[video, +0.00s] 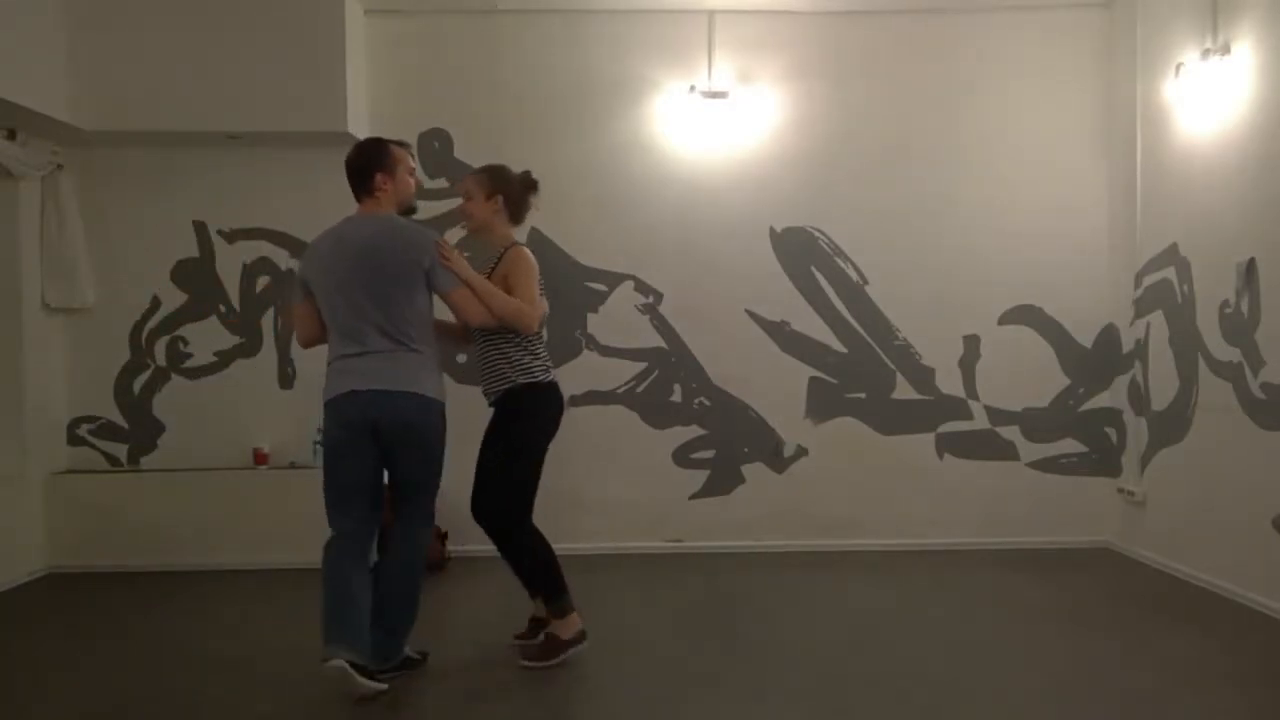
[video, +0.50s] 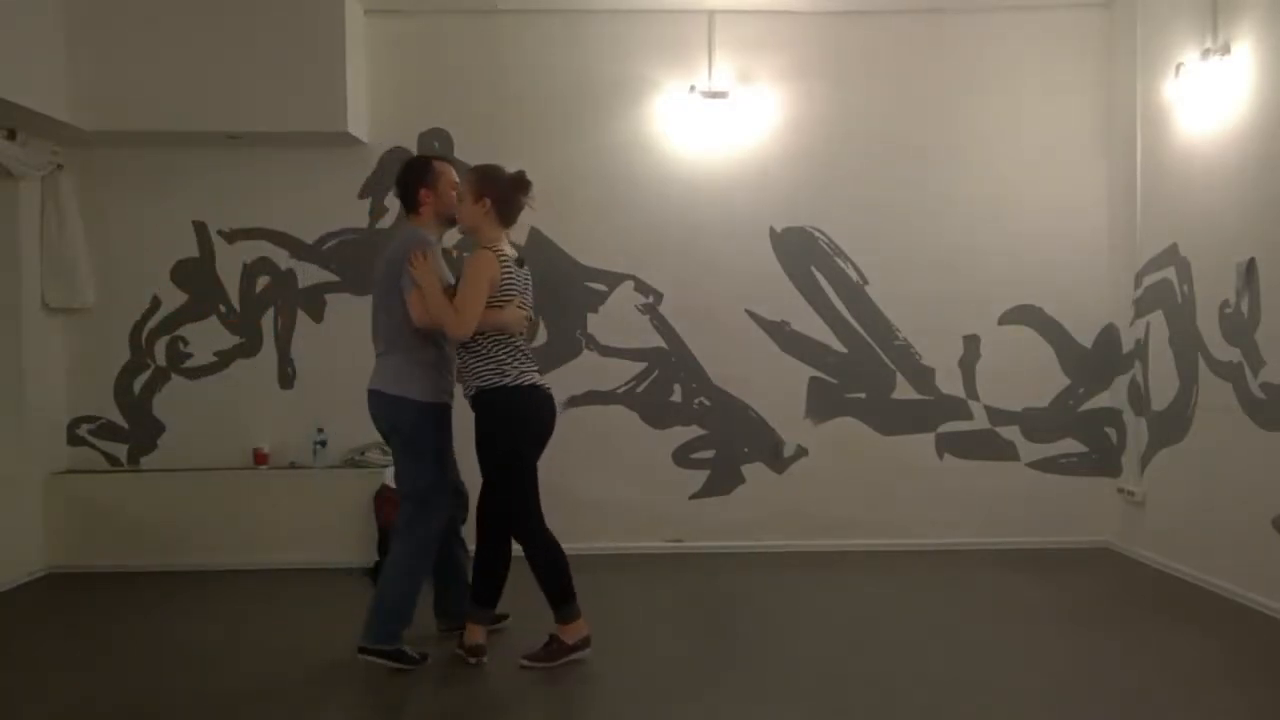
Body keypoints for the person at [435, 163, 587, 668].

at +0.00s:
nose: (461, 208)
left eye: (467, 199)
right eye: (461, 199)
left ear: (495, 203)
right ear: (488, 205)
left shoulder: (517, 257)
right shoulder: (490, 267)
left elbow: (529, 318)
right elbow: (471, 332)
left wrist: (466, 273)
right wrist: (417, 318)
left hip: (532, 398)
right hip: (512, 400)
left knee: (505, 510)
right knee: (489, 507)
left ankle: (567, 620)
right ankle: (548, 608)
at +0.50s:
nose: (455, 206)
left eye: (460, 199)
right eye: (457, 197)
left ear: (482, 205)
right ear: (496, 208)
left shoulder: (484, 256)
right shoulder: (511, 258)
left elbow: (460, 325)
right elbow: (476, 323)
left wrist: (429, 285)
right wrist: (440, 297)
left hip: (504, 404)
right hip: (526, 401)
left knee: (523, 518)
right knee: (491, 516)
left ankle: (572, 627)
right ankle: (475, 631)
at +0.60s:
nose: (447, 207)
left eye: (452, 199)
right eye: (449, 197)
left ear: (471, 204)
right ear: (492, 207)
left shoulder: (465, 257)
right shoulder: (512, 261)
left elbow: (436, 327)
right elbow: (516, 337)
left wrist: (414, 285)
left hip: (485, 399)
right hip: (521, 396)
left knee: (492, 518)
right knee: (490, 517)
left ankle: (557, 617)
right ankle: (475, 628)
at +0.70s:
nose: (429, 211)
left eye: (434, 202)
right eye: (430, 202)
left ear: (456, 205)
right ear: (478, 207)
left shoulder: (445, 262)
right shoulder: (509, 263)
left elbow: (414, 332)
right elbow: (525, 327)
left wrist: (397, 288)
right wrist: (552, 327)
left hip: (467, 399)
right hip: (514, 398)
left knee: (456, 511)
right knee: (486, 512)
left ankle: (526, 602)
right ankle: (475, 629)